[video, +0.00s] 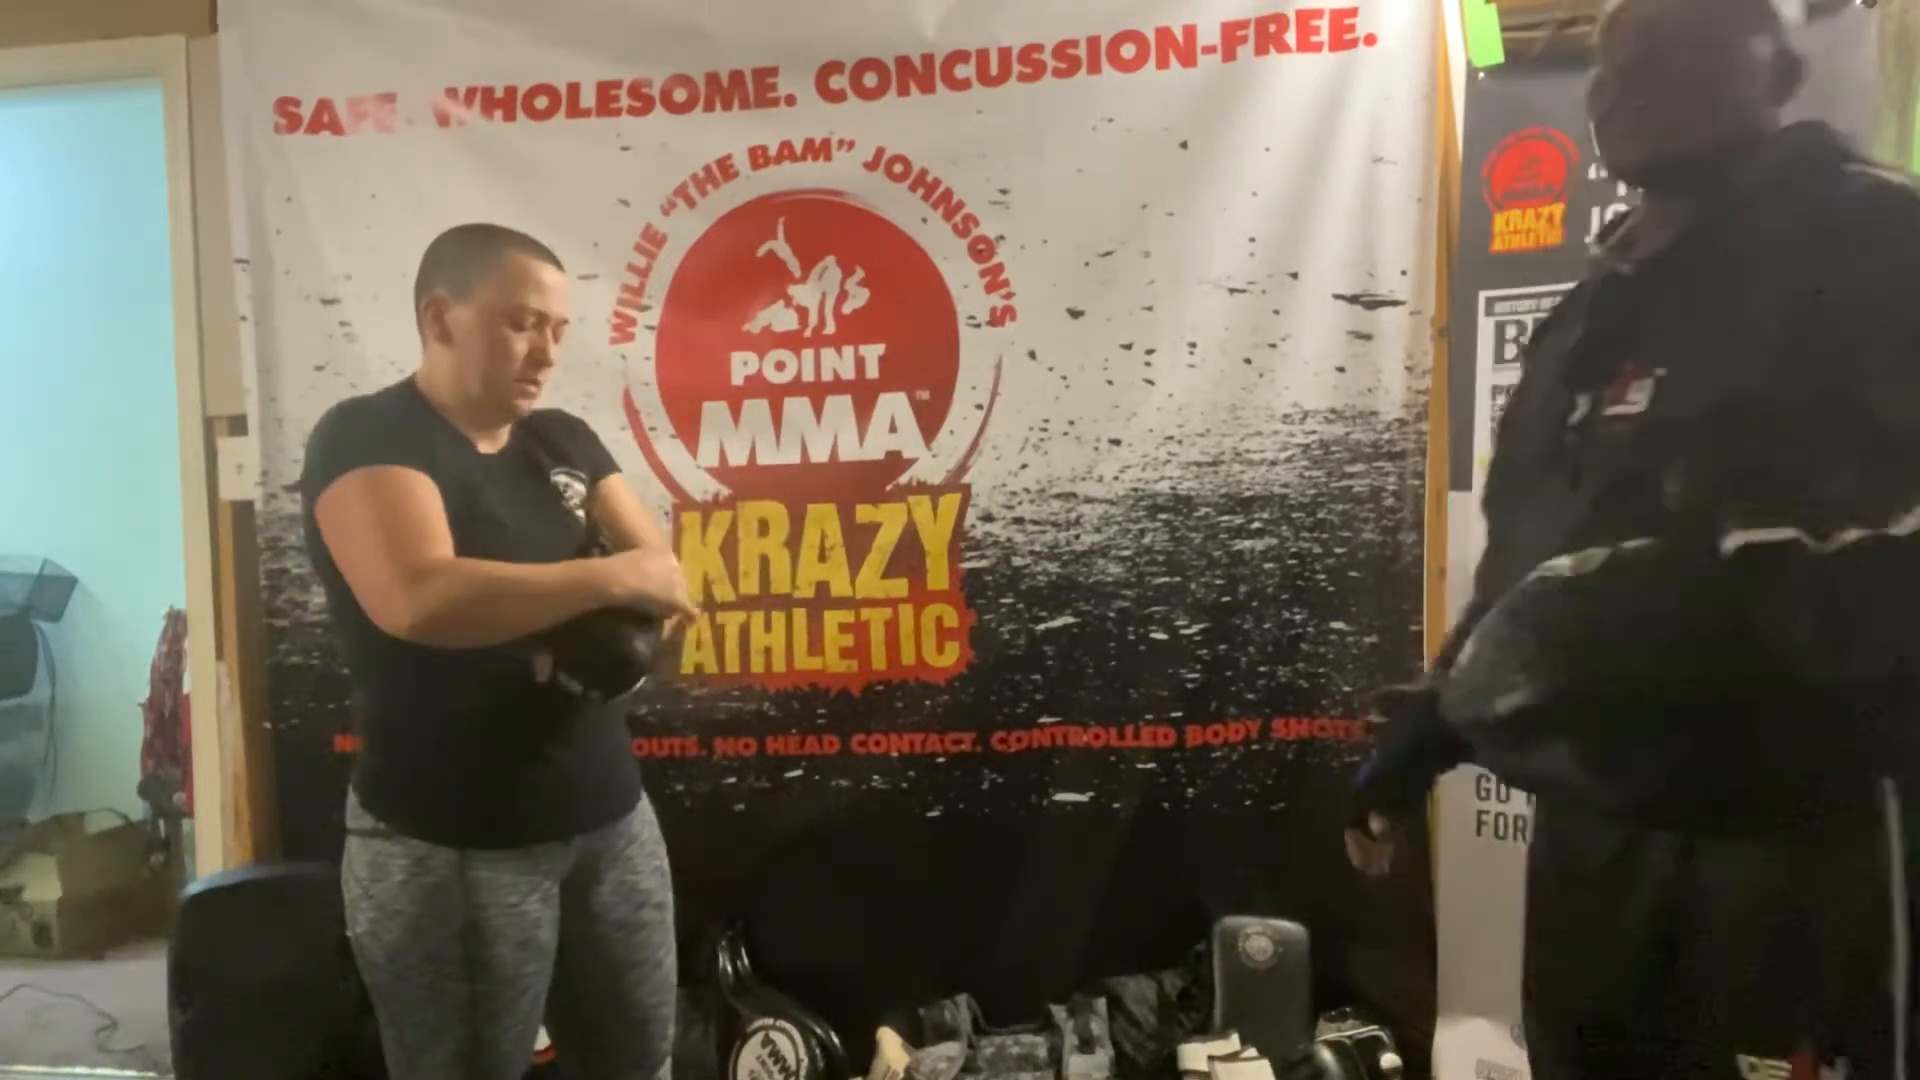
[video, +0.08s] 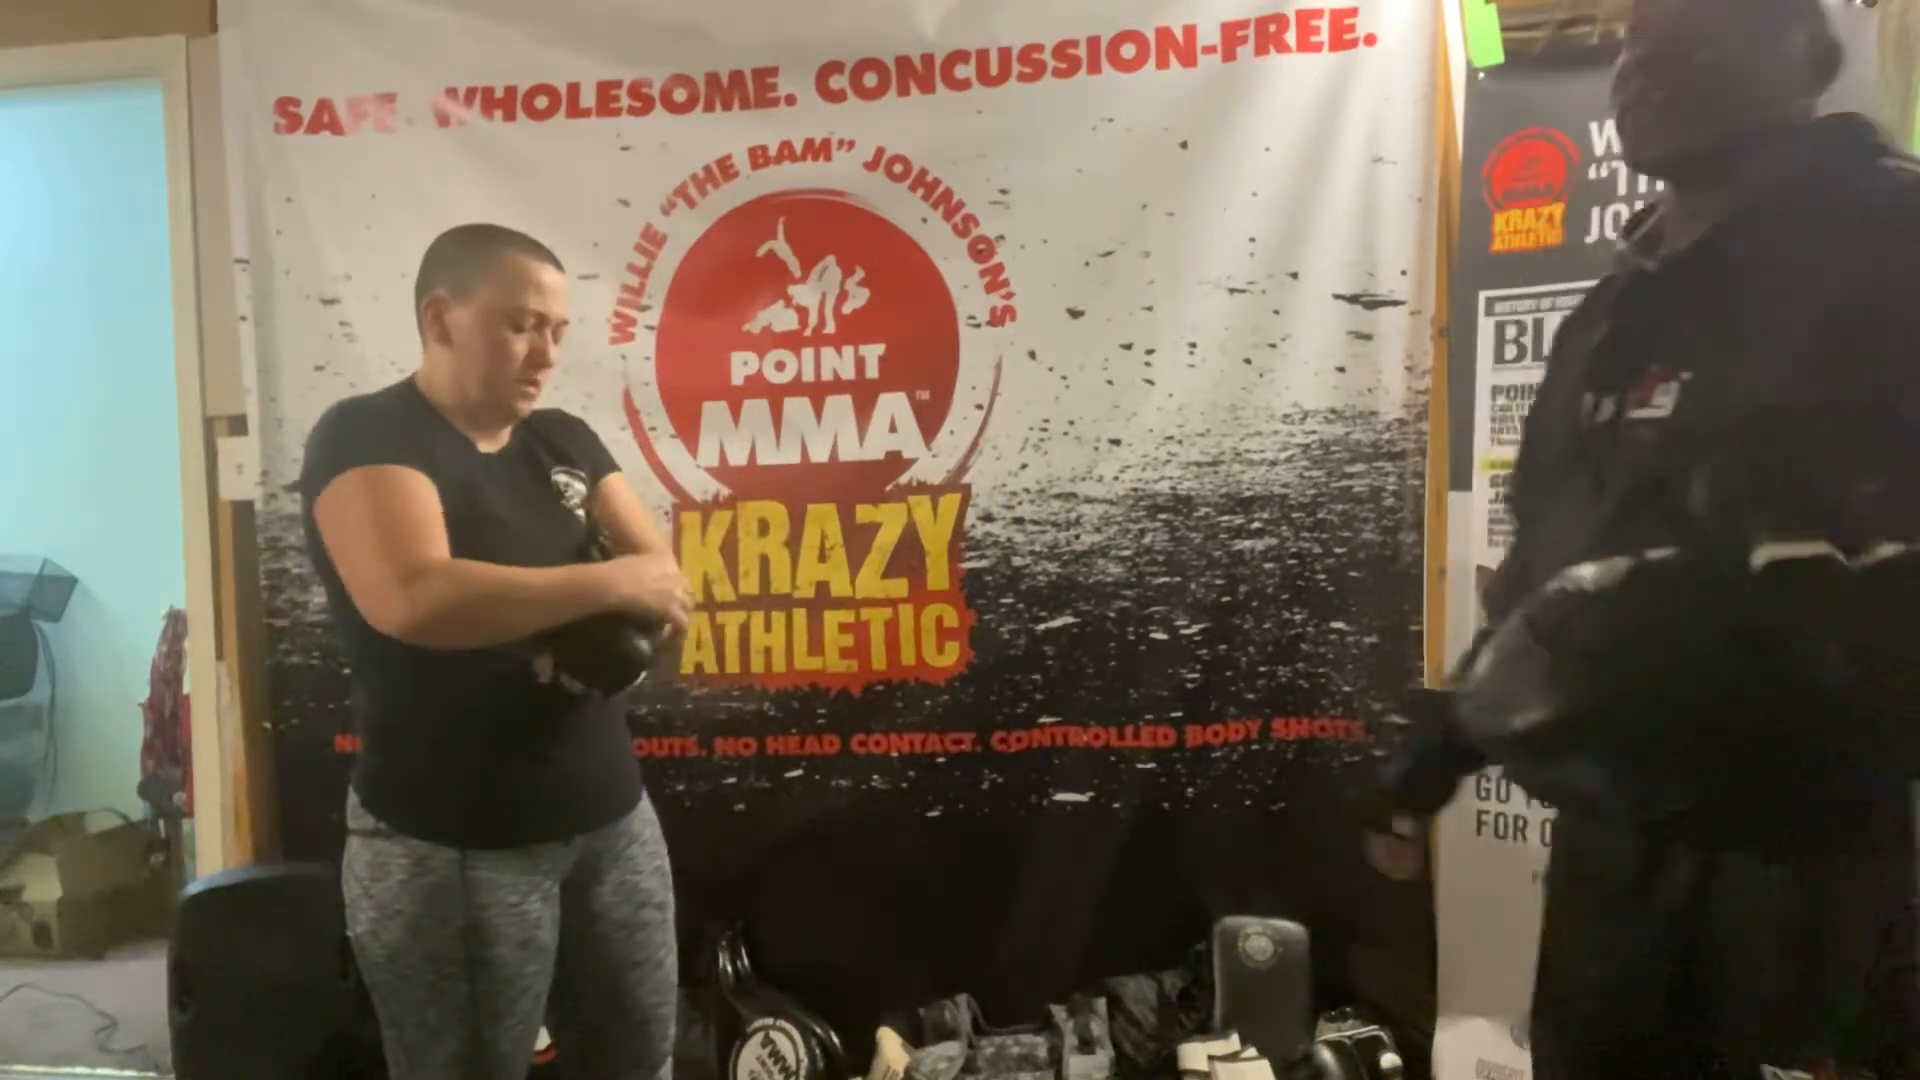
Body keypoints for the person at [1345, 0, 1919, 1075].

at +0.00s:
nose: (1624, 82)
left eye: (1671, 46)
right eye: (1611, 55)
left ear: (1777, 66)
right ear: (1596, 91)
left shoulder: (1879, 233)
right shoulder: (1585, 315)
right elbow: (1523, 578)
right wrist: (1407, 752)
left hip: (1808, 819)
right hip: (1598, 824)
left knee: (1811, 1058)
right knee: (1588, 1053)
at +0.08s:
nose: (1629, 69)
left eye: (1676, 35)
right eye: (1622, 47)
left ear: (1805, 51)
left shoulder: (1884, 227)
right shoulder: (1613, 300)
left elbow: (1894, 572)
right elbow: (1543, 564)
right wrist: (1447, 732)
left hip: (1823, 842)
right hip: (1617, 839)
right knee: (1592, 1058)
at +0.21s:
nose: (1647, 47)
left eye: (1700, 13)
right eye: (1641, 23)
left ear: (1832, 38)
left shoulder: (1882, 224)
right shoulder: (1633, 300)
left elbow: (1879, 614)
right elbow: (1593, 582)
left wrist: (1566, 683)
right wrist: (1486, 731)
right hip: (1638, 866)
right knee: (1587, 1059)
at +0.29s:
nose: (1643, 40)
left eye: (1681, 9)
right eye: (1645, 19)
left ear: (1822, 24)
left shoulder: (1892, 196)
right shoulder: (1643, 305)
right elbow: (1615, 591)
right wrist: (1516, 753)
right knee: (1590, 1057)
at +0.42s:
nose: (1652, 40)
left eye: (1698, 7)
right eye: (1663, 16)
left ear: (1837, 25)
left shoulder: (1897, 215)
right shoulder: (1671, 290)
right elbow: (1623, 557)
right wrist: (1565, 775)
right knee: (1606, 1059)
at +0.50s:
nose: (1659, 44)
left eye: (1705, 11)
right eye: (1669, 18)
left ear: (1827, 32)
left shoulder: (1896, 227)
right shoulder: (1679, 289)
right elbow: (1623, 565)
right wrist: (1593, 787)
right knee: (1641, 1055)